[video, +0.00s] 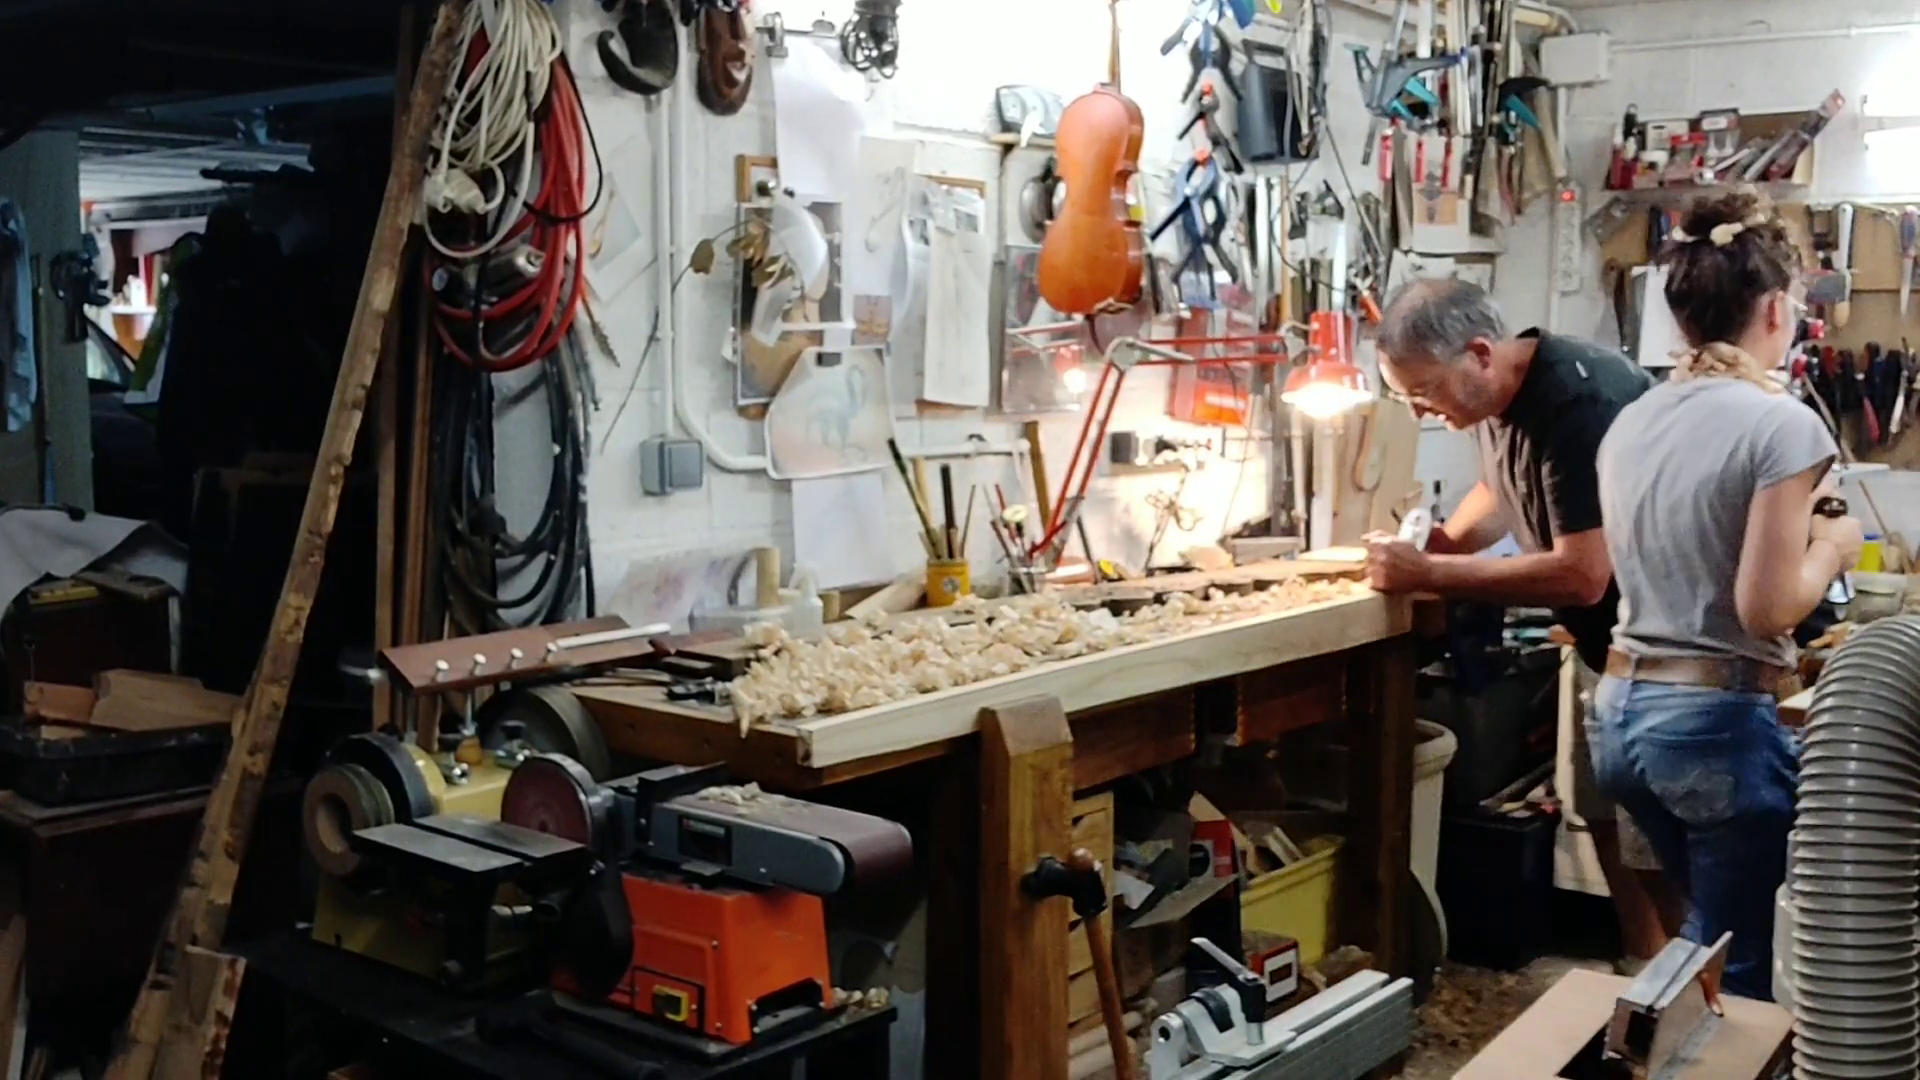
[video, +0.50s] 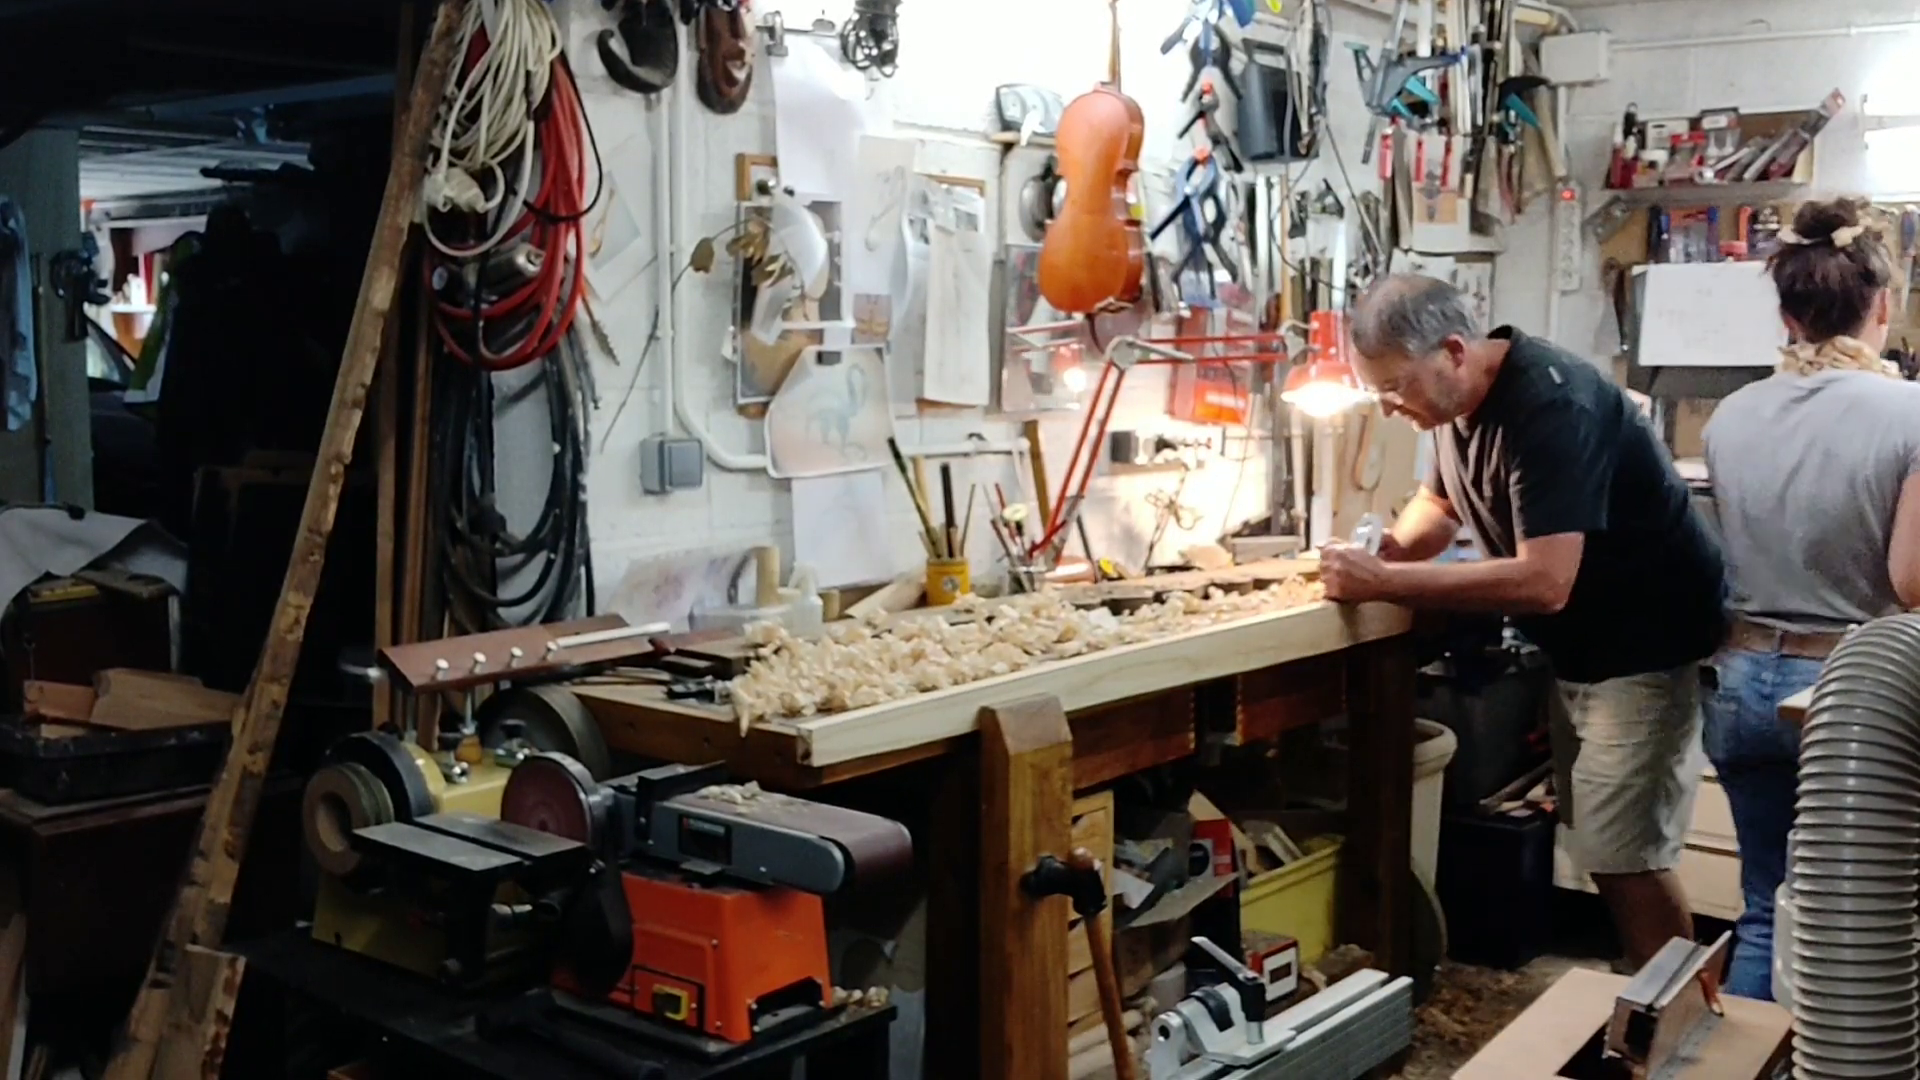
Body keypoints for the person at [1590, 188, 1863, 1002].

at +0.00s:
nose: (1799, 318)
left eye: (1800, 299)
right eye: (1798, 300)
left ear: (1684, 312)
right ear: (1773, 311)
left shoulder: (1627, 425)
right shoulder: (1785, 423)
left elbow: (1642, 573)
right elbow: (1767, 611)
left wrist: (1787, 517)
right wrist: (1833, 547)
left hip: (1617, 707)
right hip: (1718, 719)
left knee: (1704, 926)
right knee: (1744, 951)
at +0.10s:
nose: (1820, 322)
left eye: (1821, 303)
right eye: (1817, 304)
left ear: (1708, 315)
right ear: (1795, 311)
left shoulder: (1657, 421)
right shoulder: (1812, 418)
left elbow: (1667, 566)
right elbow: (1801, 602)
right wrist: (1860, 536)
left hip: (1650, 702)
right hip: (1747, 713)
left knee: (1730, 924)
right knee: (1762, 947)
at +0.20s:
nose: (1833, 322)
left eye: (1832, 303)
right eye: (1832, 303)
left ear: (1723, 320)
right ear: (1813, 314)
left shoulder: (1677, 426)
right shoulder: (1831, 421)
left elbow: (1692, 564)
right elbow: (1828, 601)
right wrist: (1886, 530)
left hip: (1680, 701)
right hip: (1776, 711)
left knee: (1747, 936)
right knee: (1816, 939)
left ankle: (1722, 1071)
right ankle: (1796, 1071)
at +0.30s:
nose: (1849, 321)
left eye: (1847, 304)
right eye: (1847, 304)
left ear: (1743, 321)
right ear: (1833, 311)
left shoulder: (1696, 422)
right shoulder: (1861, 416)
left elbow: (1697, 561)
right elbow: (1864, 594)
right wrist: (1905, 531)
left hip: (1698, 692)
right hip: (1800, 702)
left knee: (1748, 919)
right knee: (1830, 923)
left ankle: (1744, 1067)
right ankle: (1820, 1067)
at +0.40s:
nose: (1870, 313)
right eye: (1867, 296)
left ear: (1764, 316)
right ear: (1858, 308)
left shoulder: (1711, 417)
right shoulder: (1889, 414)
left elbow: (1702, 550)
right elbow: (1893, 586)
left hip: (1721, 680)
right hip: (1831, 689)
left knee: (1754, 905)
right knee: (1840, 913)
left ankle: (1747, 1066)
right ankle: (1830, 1065)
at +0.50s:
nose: (1893, 314)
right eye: (1891, 299)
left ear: (1786, 321)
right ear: (1881, 309)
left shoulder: (1729, 417)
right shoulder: (1905, 412)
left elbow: (1733, 543)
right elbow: (1906, 577)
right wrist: (1910, 653)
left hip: (1738, 669)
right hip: (1852, 677)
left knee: (1762, 897)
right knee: (1851, 900)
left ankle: (1749, 1059)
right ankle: (1838, 1060)